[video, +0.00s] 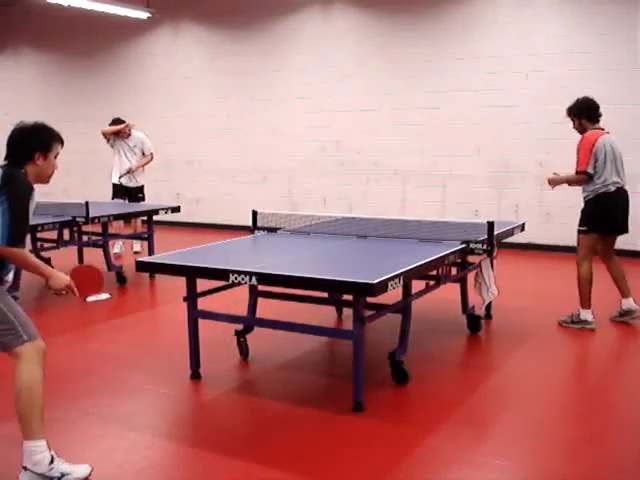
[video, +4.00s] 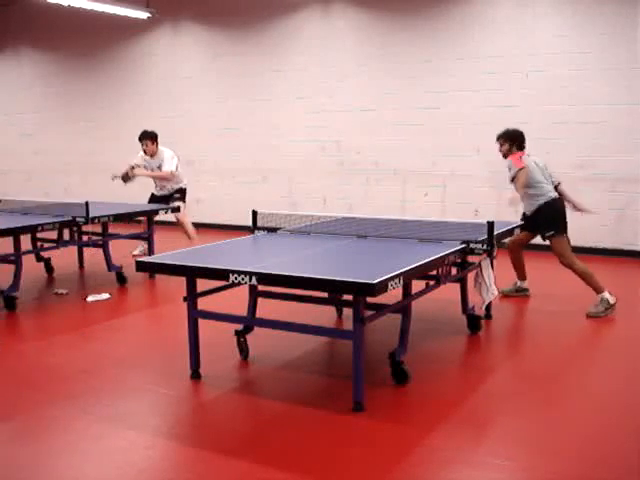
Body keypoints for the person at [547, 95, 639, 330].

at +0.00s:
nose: (573, 126)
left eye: (573, 121)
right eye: (572, 122)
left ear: (582, 119)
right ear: (594, 118)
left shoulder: (588, 139)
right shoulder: (608, 139)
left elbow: (584, 177)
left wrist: (560, 179)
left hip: (598, 200)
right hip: (619, 198)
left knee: (584, 257)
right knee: (607, 253)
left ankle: (585, 314)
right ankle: (629, 304)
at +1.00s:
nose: (536, 147)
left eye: (537, 142)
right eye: (535, 142)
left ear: (544, 141)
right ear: (559, 138)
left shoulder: (548, 158)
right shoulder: (580, 153)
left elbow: (547, 194)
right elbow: (591, 181)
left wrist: (526, 214)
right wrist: (566, 200)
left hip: (579, 205)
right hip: (603, 201)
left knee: (559, 255)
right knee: (586, 253)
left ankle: (561, 308)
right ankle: (594, 304)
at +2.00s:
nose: (556, 122)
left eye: (557, 119)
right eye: (557, 119)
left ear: (562, 122)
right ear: (581, 123)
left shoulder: (555, 141)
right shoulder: (593, 145)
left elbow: (532, 166)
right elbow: (603, 175)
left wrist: (515, 187)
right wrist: (584, 183)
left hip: (567, 196)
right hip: (594, 196)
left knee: (560, 253)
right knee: (588, 252)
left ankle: (561, 307)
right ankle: (592, 304)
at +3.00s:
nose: (489, 156)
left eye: (493, 152)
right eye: (486, 152)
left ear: (503, 152)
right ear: (484, 153)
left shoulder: (516, 171)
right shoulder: (484, 174)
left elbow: (532, 195)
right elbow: (473, 193)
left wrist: (528, 220)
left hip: (523, 212)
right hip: (501, 212)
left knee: (518, 251)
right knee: (484, 245)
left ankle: (550, 290)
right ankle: (480, 278)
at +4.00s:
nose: (500, 149)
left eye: (502, 145)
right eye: (499, 145)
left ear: (512, 145)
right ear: (519, 146)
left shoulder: (515, 159)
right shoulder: (534, 161)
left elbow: (522, 173)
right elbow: (555, 184)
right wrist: (573, 203)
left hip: (548, 209)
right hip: (539, 212)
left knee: (566, 258)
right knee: (514, 245)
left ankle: (606, 297)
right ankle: (521, 285)